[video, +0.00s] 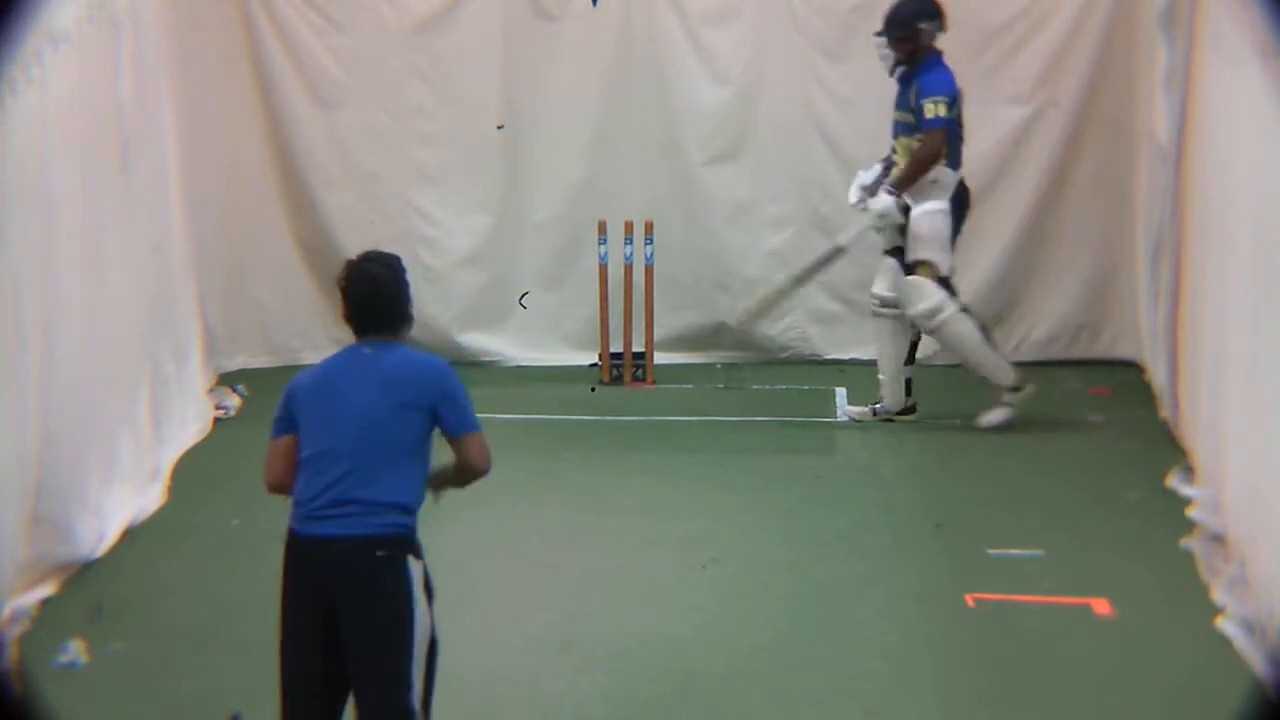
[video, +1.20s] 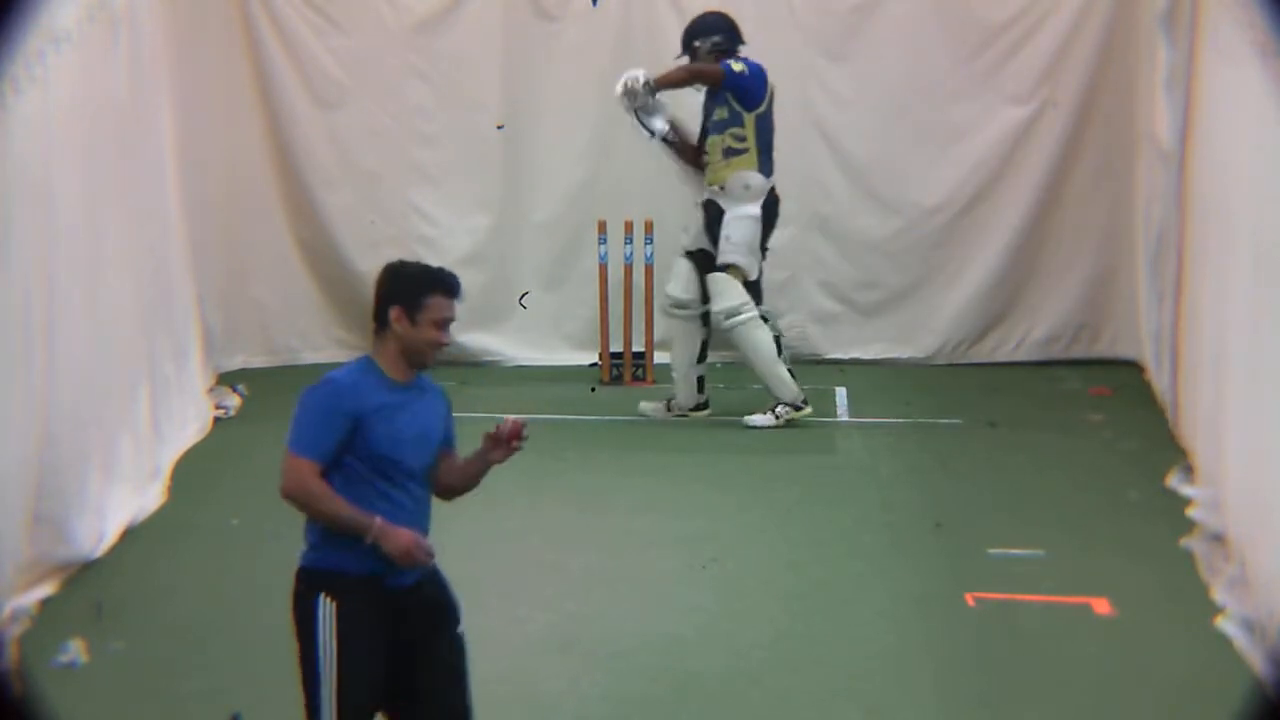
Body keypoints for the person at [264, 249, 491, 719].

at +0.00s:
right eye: (406, 298)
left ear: (346, 311)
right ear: (407, 310)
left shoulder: (308, 381)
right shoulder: (431, 373)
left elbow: (278, 477)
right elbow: (476, 461)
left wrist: (338, 473)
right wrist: (435, 478)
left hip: (310, 565)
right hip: (383, 565)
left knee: (307, 703)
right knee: (391, 704)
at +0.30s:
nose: (410, 334)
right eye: (409, 326)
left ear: (345, 337)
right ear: (406, 336)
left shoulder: (303, 393)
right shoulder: (425, 392)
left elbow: (296, 465)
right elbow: (440, 490)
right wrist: (420, 498)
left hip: (274, 549)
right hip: (343, 551)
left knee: (281, 689)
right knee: (350, 694)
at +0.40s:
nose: (416, 333)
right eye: (415, 324)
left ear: (350, 338)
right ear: (409, 334)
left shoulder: (308, 393)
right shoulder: (427, 394)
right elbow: (430, 499)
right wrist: (392, 540)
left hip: (273, 547)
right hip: (341, 551)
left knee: (280, 693)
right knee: (330, 699)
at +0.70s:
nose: (441, 328)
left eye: (437, 317)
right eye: (438, 318)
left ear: (377, 330)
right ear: (430, 326)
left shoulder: (356, 379)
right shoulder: (415, 382)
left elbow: (345, 470)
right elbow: (406, 475)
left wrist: (397, 530)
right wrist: (416, 530)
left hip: (280, 547)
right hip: (321, 554)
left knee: (290, 700)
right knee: (319, 704)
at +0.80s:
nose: (448, 322)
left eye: (444, 311)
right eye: (444, 312)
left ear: (387, 324)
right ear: (431, 321)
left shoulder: (382, 377)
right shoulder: (395, 383)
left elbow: (386, 479)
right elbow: (376, 474)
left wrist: (447, 510)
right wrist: (423, 515)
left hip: (311, 560)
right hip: (312, 562)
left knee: (327, 704)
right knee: (320, 708)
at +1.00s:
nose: (448, 335)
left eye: (448, 324)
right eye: (443, 323)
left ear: (412, 323)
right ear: (409, 322)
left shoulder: (411, 396)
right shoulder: (353, 391)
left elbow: (422, 463)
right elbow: (314, 478)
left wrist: (487, 453)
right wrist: (385, 537)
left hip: (373, 581)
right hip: (329, 583)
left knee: (382, 707)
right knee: (345, 712)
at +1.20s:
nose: (448, 339)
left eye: (449, 326)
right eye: (440, 326)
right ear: (398, 319)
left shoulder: (432, 397)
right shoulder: (336, 394)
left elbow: (445, 482)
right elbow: (296, 482)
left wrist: (485, 457)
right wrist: (379, 531)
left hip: (415, 586)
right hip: (343, 590)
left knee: (443, 710)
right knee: (342, 712)